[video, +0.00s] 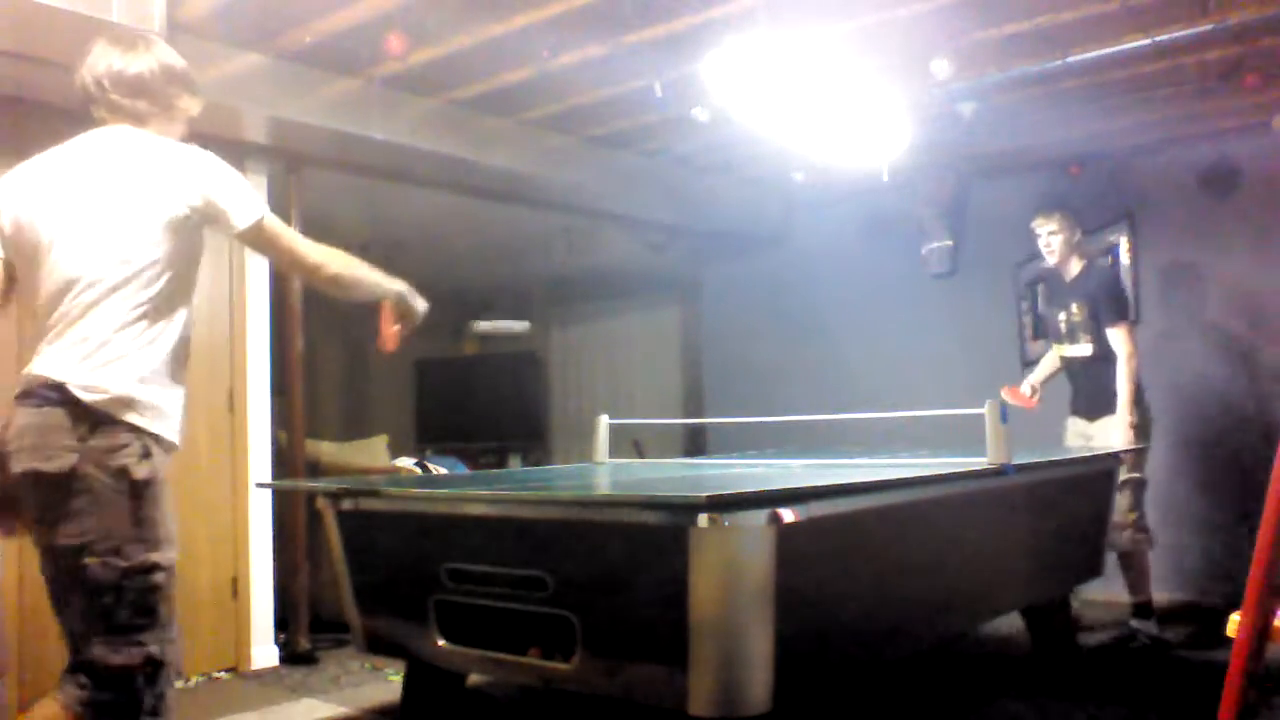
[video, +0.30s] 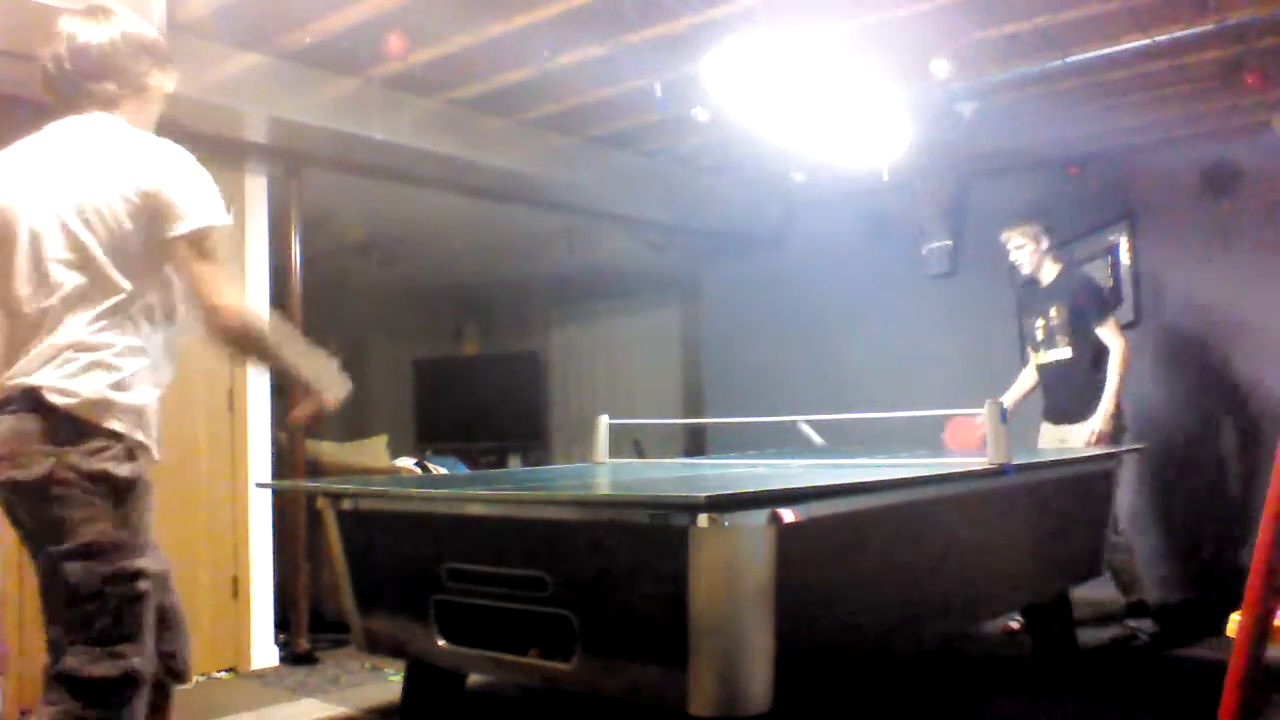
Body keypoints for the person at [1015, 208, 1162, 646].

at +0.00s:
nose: (1044, 243)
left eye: (1051, 234)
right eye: (1039, 237)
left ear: (1075, 233)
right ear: (1038, 243)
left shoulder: (1101, 278)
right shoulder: (1052, 287)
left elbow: (1125, 350)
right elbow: (1061, 347)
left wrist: (1124, 415)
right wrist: (1035, 380)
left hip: (1119, 417)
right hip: (1080, 420)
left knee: (1123, 521)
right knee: (1072, 514)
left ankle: (1143, 615)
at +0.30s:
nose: (1014, 257)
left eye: (1020, 248)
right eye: (1010, 251)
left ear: (1045, 243)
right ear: (1012, 256)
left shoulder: (1078, 285)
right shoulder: (1026, 299)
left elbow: (1119, 346)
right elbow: (1036, 364)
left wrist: (1105, 414)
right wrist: (1004, 404)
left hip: (1092, 425)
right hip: (1052, 426)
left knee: (1103, 522)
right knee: (1045, 520)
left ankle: (1140, 610)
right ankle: (1037, 609)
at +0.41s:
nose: (1004, 262)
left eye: (1009, 252)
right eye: (1001, 255)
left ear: (1033, 246)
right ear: (1009, 256)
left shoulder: (1070, 286)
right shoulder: (1024, 302)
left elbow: (1115, 342)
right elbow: (1016, 368)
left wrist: (1109, 411)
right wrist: (966, 407)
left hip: (1094, 426)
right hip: (1054, 431)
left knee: (1107, 527)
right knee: (1046, 526)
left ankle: (1141, 614)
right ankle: (1038, 613)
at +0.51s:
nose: (1000, 260)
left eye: (1005, 250)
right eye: (996, 253)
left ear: (1030, 243)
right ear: (1004, 254)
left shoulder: (1068, 286)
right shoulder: (1014, 302)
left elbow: (1112, 342)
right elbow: (985, 357)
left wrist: (1110, 409)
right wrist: (922, 380)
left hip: (1091, 422)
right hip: (1051, 428)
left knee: (1107, 519)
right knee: (1046, 520)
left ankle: (1138, 608)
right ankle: (1038, 609)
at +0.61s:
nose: (1009, 251)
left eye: (1014, 241)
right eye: (1005, 244)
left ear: (1039, 236)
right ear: (1010, 247)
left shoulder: (1071, 281)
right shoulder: (1015, 289)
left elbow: (1105, 340)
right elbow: (973, 326)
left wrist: (1105, 408)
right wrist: (930, 317)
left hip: (1083, 417)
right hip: (1042, 420)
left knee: (1100, 509)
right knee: (1038, 512)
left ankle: (1126, 602)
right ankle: (1035, 606)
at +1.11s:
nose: (1027, 249)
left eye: (1034, 241)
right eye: (1019, 243)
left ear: (1049, 243)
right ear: (1010, 248)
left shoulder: (1074, 294)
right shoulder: (1003, 296)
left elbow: (1092, 361)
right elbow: (978, 339)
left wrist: (1098, 424)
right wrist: (966, 355)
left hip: (1066, 429)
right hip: (1017, 431)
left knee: (1080, 518)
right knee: (1026, 521)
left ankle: (1116, 605)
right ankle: (1032, 610)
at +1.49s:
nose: (973, 260)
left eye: (980, 250)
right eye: (967, 254)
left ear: (1000, 249)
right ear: (963, 258)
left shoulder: (1024, 290)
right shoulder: (974, 306)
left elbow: (1057, 352)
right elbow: (985, 368)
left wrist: (1034, 415)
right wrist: (951, 402)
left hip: (1029, 422)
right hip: (992, 423)